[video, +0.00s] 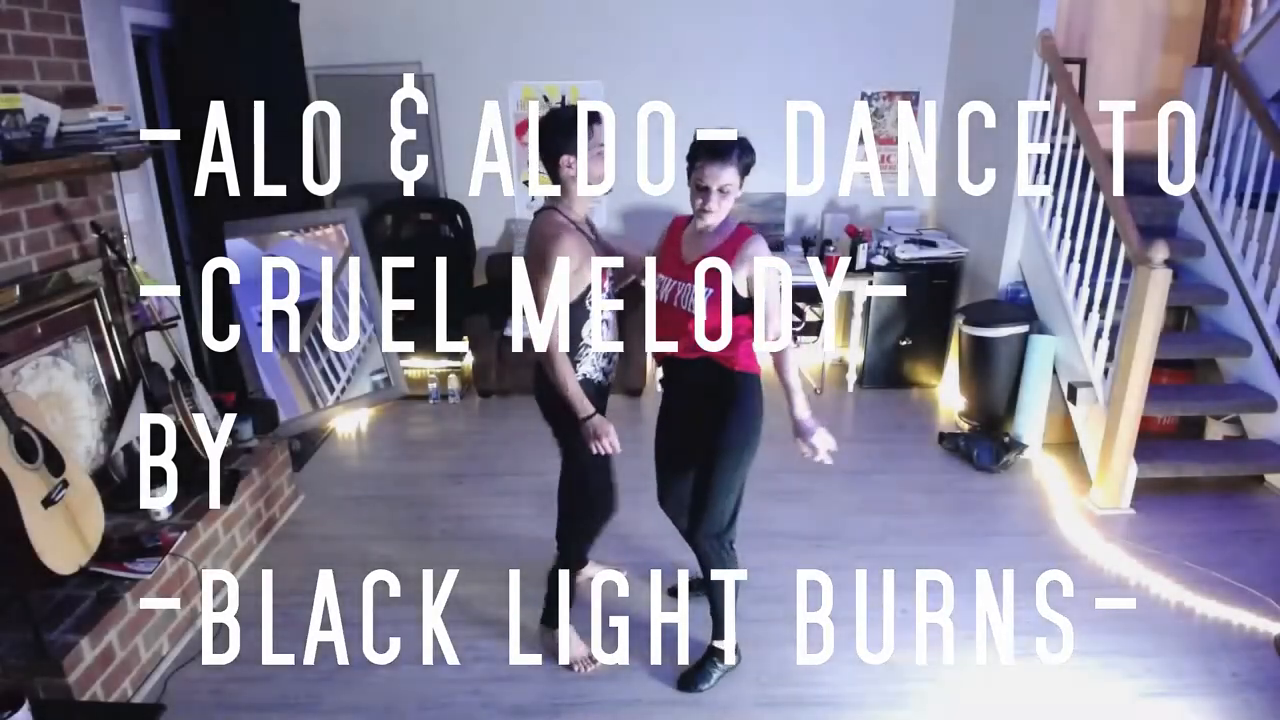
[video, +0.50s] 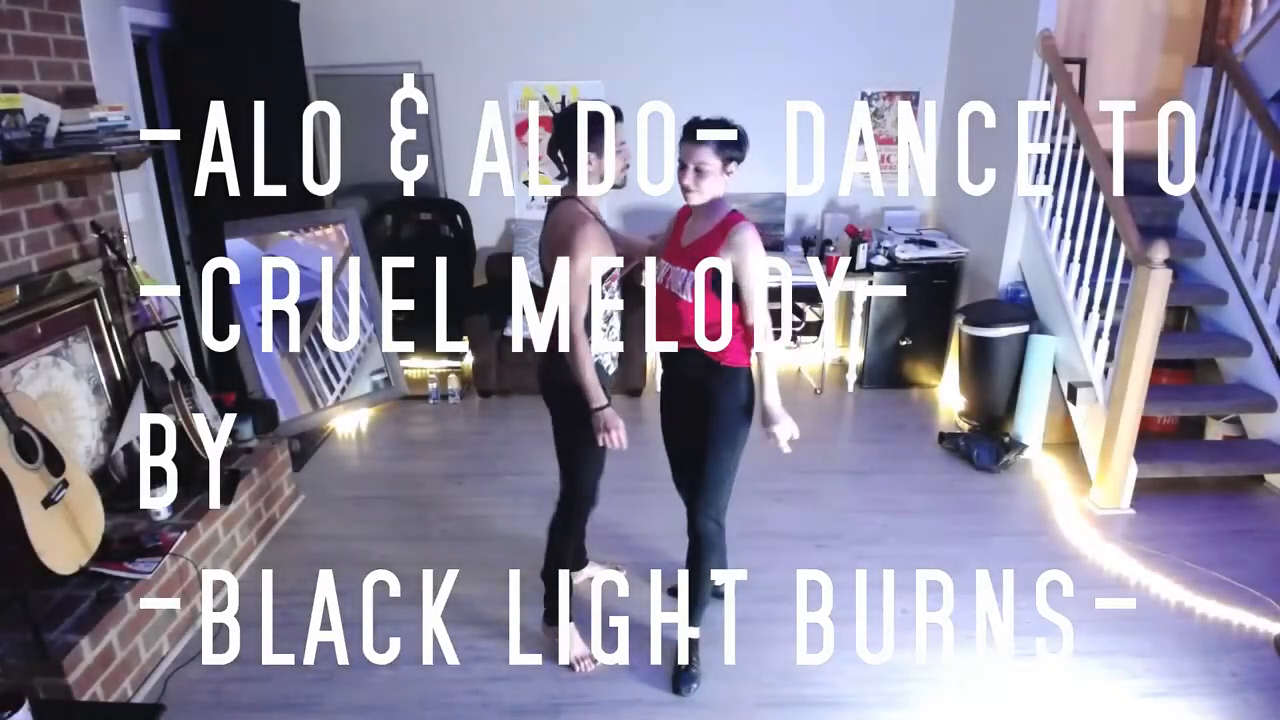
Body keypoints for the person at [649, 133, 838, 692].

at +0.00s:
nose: (707, 201)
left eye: (721, 191)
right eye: (699, 187)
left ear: (739, 192)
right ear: (687, 181)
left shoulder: (751, 251)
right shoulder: (671, 234)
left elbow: (780, 340)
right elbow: (652, 293)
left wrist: (802, 420)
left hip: (732, 397)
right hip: (681, 390)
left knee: (710, 527)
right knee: (673, 500)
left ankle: (723, 646)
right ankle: (718, 570)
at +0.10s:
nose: (701, 196)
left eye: (715, 187)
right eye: (695, 183)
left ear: (736, 188)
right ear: (684, 177)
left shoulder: (748, 246)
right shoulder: (675, 228)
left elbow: (772, 336)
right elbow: (657, 277)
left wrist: (791, 414)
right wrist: (613, 286)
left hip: (734, 390)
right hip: (682, 385)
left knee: (706, 521)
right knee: (673, 493)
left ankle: (714, 644)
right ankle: (712, 567)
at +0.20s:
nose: (697, 192)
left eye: (711, 182)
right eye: (691, 179)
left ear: (733, 184)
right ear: (681, 175)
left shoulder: (747, 243)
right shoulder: (675, 227)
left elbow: (770, 332)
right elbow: (654, 275)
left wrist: (787, 409)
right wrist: (610, 284)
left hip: (734, 388)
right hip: (682, 383)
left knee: (705, 519)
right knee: (674, 490)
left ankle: (705, 644)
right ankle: (711, 565)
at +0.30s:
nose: (694, 183)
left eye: (707, 174)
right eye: (688, 171)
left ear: (731, 177)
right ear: (679, 169)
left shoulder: (745, 238)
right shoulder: (676, 222)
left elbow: (767, 327)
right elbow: (664, 267)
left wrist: (783, 403)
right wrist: (631, 264)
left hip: (733, 383)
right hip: (681, 377)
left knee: (702, 517)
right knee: (680, 489)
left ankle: (690, 646)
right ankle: (711, 562)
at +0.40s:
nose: (692, 179)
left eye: (705, 171)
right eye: (686, 168)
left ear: (730, 175)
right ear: (677, 167)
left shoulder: (744, 237)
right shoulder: (678, 220)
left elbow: (764, 326)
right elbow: (668, 265)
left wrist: (780, 402)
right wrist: (635, 262)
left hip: (731, 383)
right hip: (680, 377)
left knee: (703, 516)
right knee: (689, 496)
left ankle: (688, 643)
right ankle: (708, 569)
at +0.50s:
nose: (688, 176)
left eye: (701, 168)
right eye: (684, 165)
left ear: (729, 173)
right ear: (677, 166)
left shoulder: (741, 235)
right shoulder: (678, 220)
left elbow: (758, 323)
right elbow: (658, 255)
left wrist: (770, 402)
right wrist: (611, 245)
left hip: (727, 380)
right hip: (678, 376)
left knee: (705, 512)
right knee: (693, 495)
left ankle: (688, 642)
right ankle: (713, 575)